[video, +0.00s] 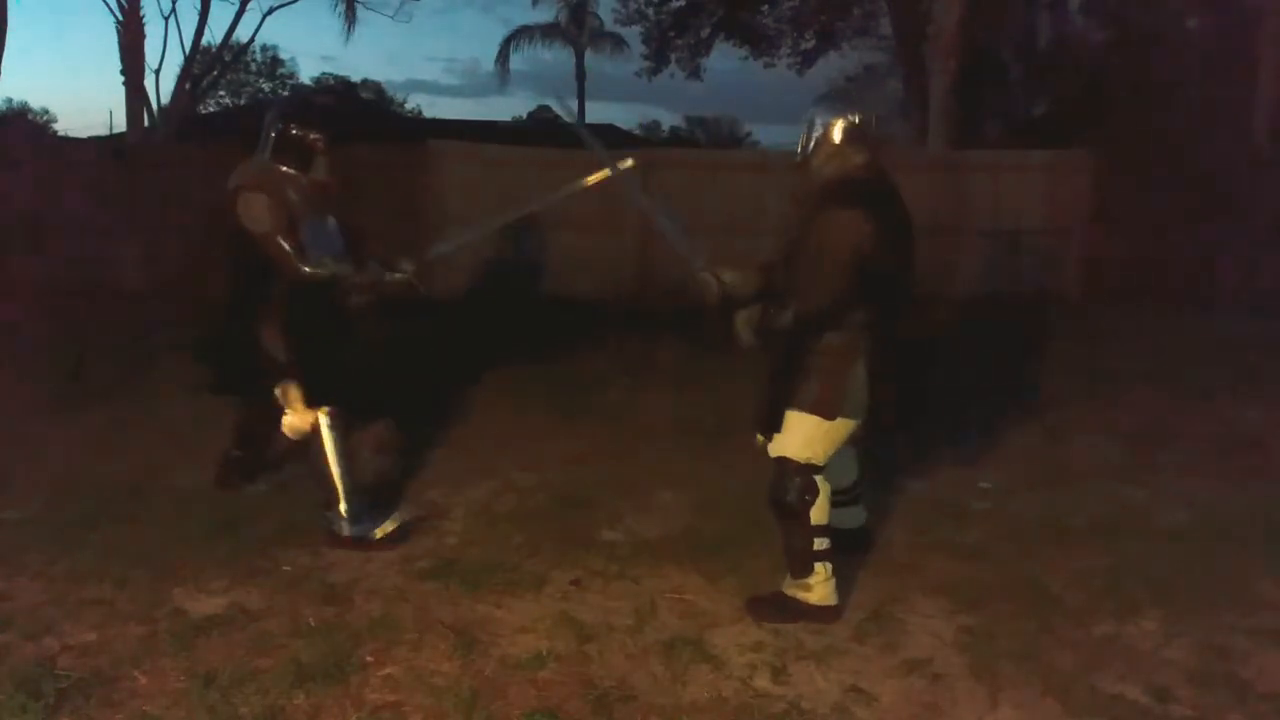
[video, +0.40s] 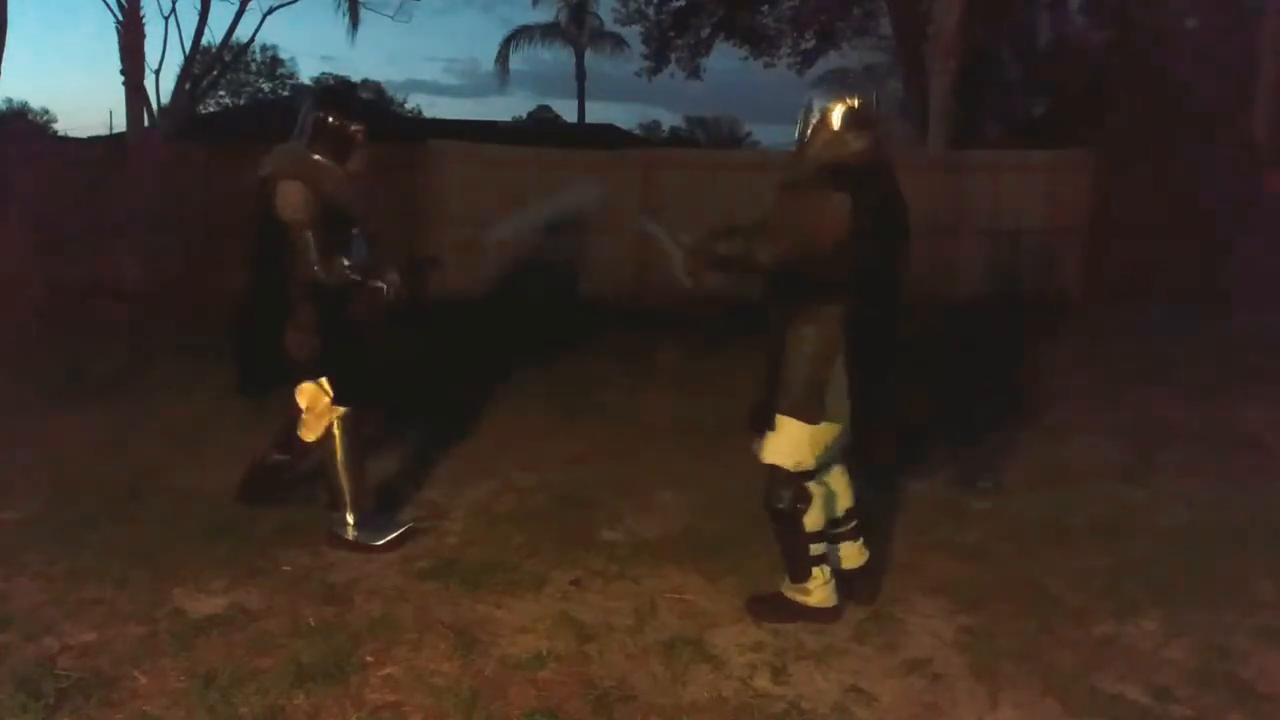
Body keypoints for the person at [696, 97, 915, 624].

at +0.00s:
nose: (807, 160)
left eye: (814, 149)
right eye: (809, 149)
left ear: (835, 150)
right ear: (858, 151)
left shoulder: (844, 208)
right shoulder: (869, 199)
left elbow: (822, 291)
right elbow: (803, 266)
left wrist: (770, 318)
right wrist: (749, 283)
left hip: (833, 353)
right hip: (853, 345)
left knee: (795, 467)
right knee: (831, 442)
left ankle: (811, 588)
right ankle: (849, 527)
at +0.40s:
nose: (802, 139)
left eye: (811, 128)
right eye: (807, 127)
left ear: (830, 132)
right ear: (864, 134)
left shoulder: (833, 191)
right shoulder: (872, 187)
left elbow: (789, 256)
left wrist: (719, 257)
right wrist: (729, 248)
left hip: (820, 340)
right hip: (849, 335)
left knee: (789, 475)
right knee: (824, 454)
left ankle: (810, 591)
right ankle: (850, 561)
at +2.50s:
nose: (712, 129)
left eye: (719, 119)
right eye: (718, 119)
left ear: (734, 123)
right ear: (773, 125)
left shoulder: (740, 183)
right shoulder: (775, 178)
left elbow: (686, 242)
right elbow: (693, 216)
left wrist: (620, 215)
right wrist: (631, 203)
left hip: (719, 333)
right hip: (749, 329)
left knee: (683, 467)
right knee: (716, 433)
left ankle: (687, 607)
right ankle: (728, 528)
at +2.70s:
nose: (721, 134)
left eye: (730, 123)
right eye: (727, 123)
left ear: (749, 128)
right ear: (773, 130)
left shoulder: (755, 191)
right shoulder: (766, 184)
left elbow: (709, 256)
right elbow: (697, 232)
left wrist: (645, 254)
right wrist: (632, 214)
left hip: (730, 349)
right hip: (733, 344)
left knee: (689, 476)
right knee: (699, 472)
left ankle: (688, 607)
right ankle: (693, 602)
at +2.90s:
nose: (732, 131)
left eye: (740, 119)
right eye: (738, 119)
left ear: (756, 124)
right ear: (788, 127)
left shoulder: (759, 189)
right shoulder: (787, 187)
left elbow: (723, 272)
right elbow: (718, 256)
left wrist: (660, 267)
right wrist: (645, 222)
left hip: (744, 349)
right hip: (756, 342)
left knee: (703, 467)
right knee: (714, 466)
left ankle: (741, 608)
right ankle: (737, 602)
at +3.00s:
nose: (733, 129)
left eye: (742, 117)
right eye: (740, 116)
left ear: (762, 123)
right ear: (791, 125)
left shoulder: (760, 188)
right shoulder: (790, 184)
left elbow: (729, 273)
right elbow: (734, 268)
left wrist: (659, 268)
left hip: (744, 354)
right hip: (763, 346)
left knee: (726, 491)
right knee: (730, 474)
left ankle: (757, 637)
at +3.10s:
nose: (735, 130)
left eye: (744, 120)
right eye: (740, 119)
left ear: (764, 123)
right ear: (796, 127)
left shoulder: (764, 194)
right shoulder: (794, 187)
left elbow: (713, 268)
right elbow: (711, 235)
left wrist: (650, 259)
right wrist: (644, 216)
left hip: (749, 354)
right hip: (765, 347)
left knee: (725, 494)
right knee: (735, 480)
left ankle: (758, 637)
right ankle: (758, 625)